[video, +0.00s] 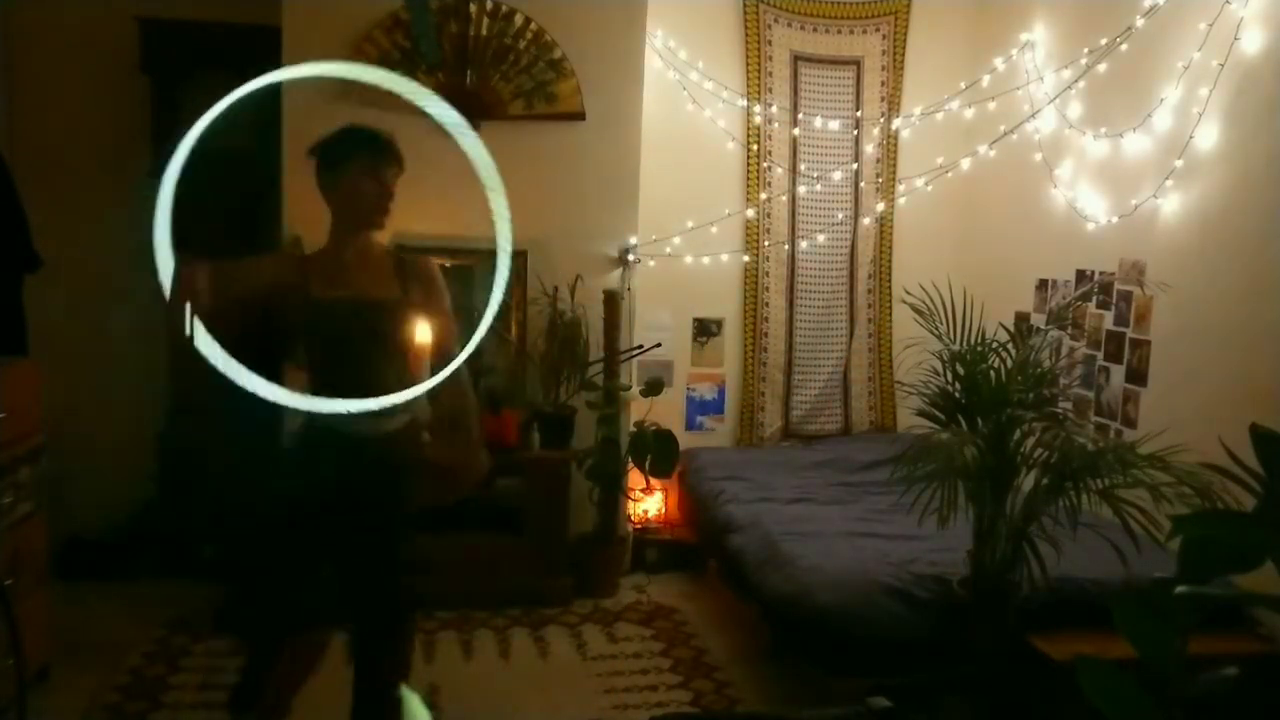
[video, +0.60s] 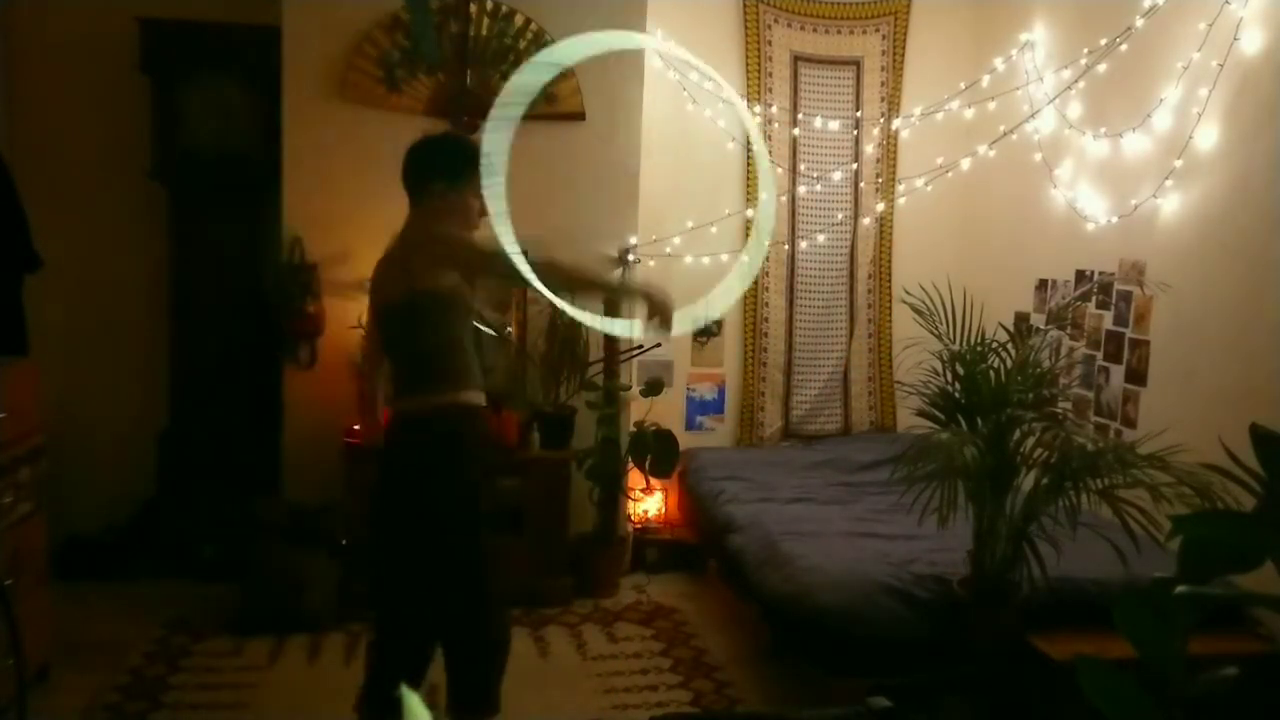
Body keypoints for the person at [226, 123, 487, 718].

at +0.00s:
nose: (388, 191)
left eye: (391, 179)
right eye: (372, 178)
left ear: (396, 188)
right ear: (330, 187)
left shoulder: (417, 277)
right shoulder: (296, 274)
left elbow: (448, 373)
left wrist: (464, 445)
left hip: (395, 460)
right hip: (319, 459)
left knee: (385, 636)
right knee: (297, 632)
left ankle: (378, 705)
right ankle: (255, 705)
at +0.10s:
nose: (399, 196)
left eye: (403, 184)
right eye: (384, 183)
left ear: (406, 193)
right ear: (341, 191)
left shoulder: (421, 274)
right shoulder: (311, 272)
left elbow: (470, 354)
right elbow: (227, 226)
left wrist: (500, 423)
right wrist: (236, 158)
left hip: (406, 450)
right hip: (338, 450)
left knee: (403, 590)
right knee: (335, 587)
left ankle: (383, 695)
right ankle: (330, 693)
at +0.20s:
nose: (415, 200)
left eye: (418, 187)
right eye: (402, 185)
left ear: (416, 195)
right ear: (359, 188)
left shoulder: (432, 276)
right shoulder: (325, 273)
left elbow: (472, 361)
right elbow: (282, 179)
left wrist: (506, 431)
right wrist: (300, 88)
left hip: (416, 458)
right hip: (349, 458)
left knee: (407, 604)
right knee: (370, 600)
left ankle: (382, 698)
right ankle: (401, 688)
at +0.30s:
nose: (431, 202)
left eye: (435, 189)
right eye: (419, 188)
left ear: (434, 196)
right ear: (377, 189)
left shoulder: (435, 273)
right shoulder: (341, 269)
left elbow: (464, 365)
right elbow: (349, 183)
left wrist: (490, 441)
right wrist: (365, 112)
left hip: (426, 447)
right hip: (368, 451)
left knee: (415, 588)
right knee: (395, 594)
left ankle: (393, 696)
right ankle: (391, 695)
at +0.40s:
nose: (454, 198)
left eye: (454, 184)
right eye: (444, 183)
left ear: (411, 189)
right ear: (400, 185)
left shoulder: (415, 259)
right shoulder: (368, 255)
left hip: (428, 452)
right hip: (395, 455)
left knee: (412, 606)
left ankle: (396, 702)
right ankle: (393, 701)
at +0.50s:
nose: (472, 203)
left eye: (471, 189)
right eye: (462, 189)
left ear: (429, 187)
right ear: (423, 186)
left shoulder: (433, 257)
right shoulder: (399, 249)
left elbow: (516, 261)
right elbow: (502, 224)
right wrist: (600, 191)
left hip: (450, 447)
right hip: (418, 450)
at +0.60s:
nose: (483, 207)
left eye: (482, 192)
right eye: (474, 192)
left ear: (424, 193)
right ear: (441, 192)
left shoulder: (400, 261)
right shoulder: (439, 247)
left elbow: (373, 365)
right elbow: (530, 268)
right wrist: (624, 291)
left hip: (419, 444)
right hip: (446, 444)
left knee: (407, 612)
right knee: (474, 610)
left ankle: (379, 709)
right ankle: (474, 707)